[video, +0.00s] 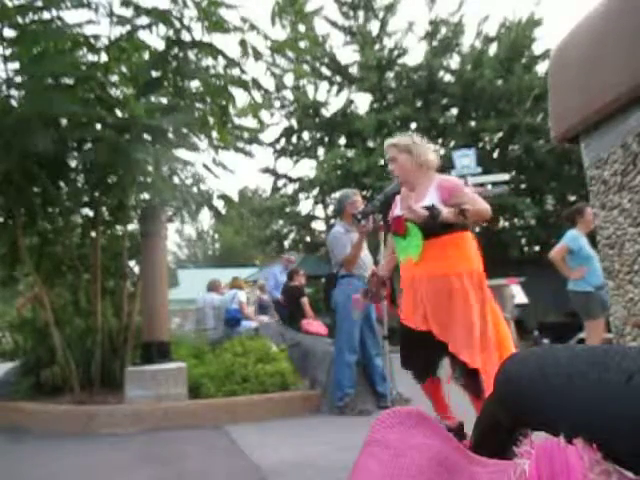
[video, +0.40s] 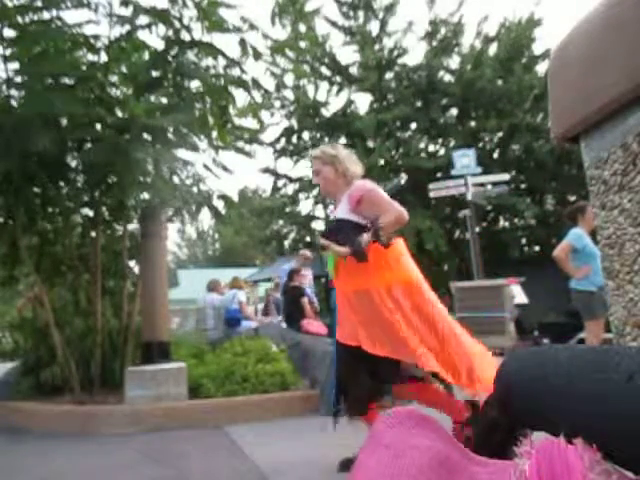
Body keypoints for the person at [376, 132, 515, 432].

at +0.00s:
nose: (391, 168)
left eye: (394, 160)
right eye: (389, 162)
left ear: (416, 158)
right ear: (398, 165)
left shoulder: (446, 185)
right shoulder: (399, 201)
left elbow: (483, 212)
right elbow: (393, 246)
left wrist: (439, 215)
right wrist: (381, 273)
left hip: (458, 287)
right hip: (419, 292)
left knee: (466, 366)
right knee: (417, 360)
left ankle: (491, 425)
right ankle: (448, 421)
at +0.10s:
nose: (376, 172)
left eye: (380, 164)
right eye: (375, 165)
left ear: (399, 160)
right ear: (396, 164)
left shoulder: (431, 186)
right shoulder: (387, 202)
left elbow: (467, 211)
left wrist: (436, 218)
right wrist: (371, 226)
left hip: (449, 288)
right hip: (409, 294)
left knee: (467, 362)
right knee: (401, 360)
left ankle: (492, 430)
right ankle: (415, 432)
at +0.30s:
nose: (338, 176)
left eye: (342, 169)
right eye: (336, 170)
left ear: (362, 167)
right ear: (348, 173)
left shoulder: (385, 188)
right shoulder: (357, 205)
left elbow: (419, 211)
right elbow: (369, 240)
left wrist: (384, 232)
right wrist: (351, 238)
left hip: (412, 295)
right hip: (376, 301)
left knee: (442, 366)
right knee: (366, 369)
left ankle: (487, 428)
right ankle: (385, 443)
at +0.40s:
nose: (315, 179)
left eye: (319, 171)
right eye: (314, 173)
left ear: (338, 169)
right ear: (329, 174)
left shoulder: (362, 191)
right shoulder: (341, 203)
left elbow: (397, 215)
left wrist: (368, 241)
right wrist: (339, 246)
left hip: (385, 311)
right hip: (357, 315)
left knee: (400, 380)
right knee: (359, 388)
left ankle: (463, 414)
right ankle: (386, 448)